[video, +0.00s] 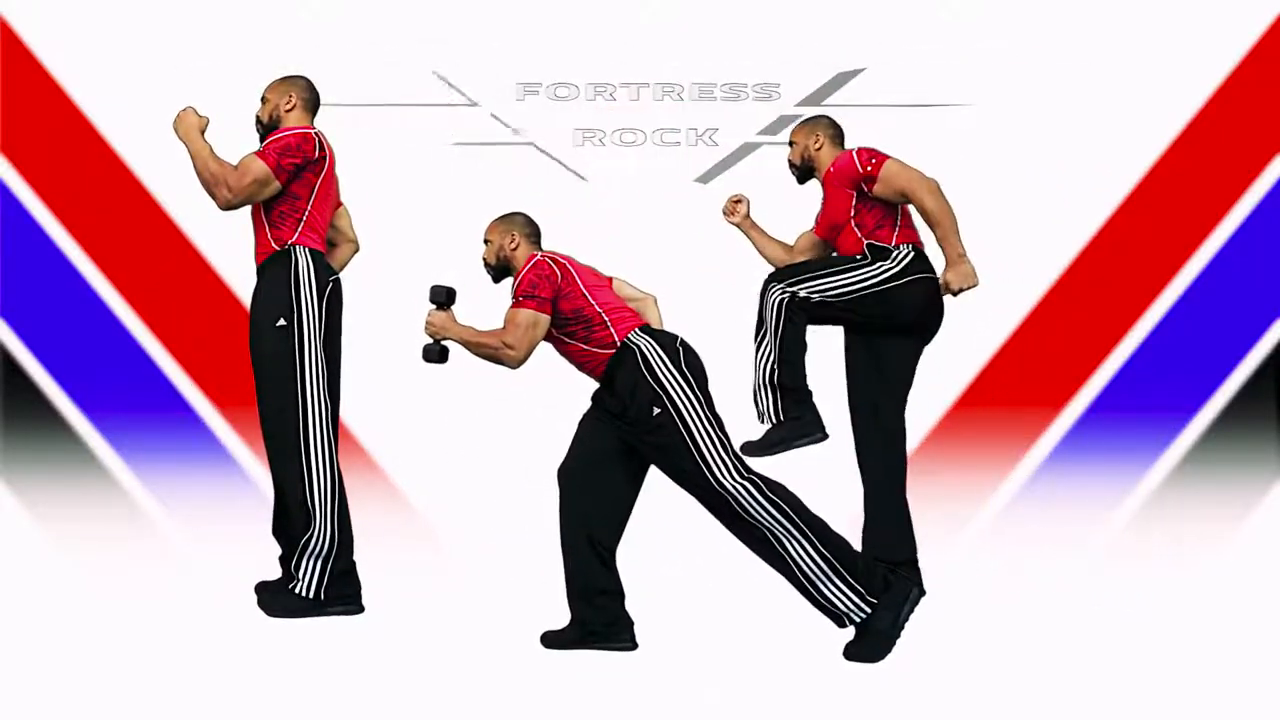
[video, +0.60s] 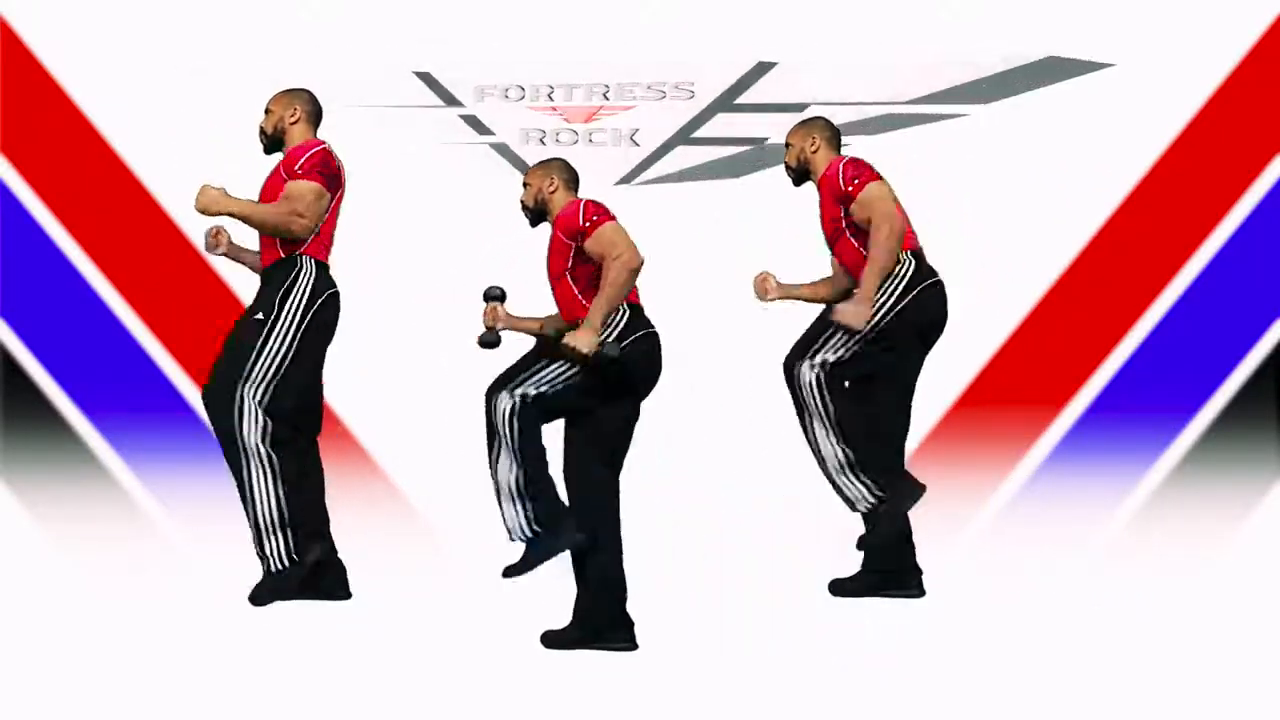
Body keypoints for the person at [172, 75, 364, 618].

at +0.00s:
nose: (257, 111)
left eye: (263, 100)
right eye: (259, 103)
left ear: (287, 101)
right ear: (299, 106)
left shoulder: (299, 141)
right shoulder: (306, 154)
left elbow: (228, 191)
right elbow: (344, 240)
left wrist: (194, 137)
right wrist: (299, 287)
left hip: (296, 285)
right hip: (295, 287)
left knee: (305, 432)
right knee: (295, 432)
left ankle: (322, 582)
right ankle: (310, 575)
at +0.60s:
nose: (261, 120)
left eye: (268, 111)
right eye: (263, 112)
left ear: (292, 114)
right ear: (295, 117)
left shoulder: (313, 153)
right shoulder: (283, 174)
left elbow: (300, 217)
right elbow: (282, 263)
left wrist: (229, 204)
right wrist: (235, 249)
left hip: (298, 287)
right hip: (288, 292)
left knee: (241, 400)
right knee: (291, 426)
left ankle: (285, 562)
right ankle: (318, 566)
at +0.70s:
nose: (262, 120)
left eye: (269, 111)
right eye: (265, 113)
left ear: (294, 113)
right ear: (296, 118)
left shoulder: (314, 152)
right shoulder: (287, 175)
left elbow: (339, 213)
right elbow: (251, 253)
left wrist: (263, 231)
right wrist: (215, 209)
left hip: (301, 284)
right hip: (295, 293)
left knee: (198, 353)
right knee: (288, 436)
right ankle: (314, 571)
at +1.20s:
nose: (261, 126)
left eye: (267, 116)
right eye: (263, 119)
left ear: (293, 118)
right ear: (294, 122)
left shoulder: (319, 154)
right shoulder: (284, 185)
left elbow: (364, 210)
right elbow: (228, 229)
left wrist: (304, 240)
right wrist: (210, 174)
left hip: (307, 277)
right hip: (298, 296)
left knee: (187, 290)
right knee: (290, 437)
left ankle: (194, 426)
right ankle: (316, 571)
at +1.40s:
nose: (262, 126)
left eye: (268, 116)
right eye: (263, 119)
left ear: (295, 117)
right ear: (295, 122)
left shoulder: (321, 156)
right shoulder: (284, 185)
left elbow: (364, 212)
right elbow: (227, 228)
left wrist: (304, 242)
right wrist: (211, 173)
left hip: (307, 277)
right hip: (296, 295)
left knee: (186, 292)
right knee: (289, 438)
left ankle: (195, 427)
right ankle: (317, 571)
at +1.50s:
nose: (262, 126)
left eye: (269, 117)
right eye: (264, 120)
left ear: (295, 117)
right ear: (296, 122)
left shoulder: (321, 156)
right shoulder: (284, 185)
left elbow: (364, 212)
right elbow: (229, 229)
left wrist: (303, 242)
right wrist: (212, 173)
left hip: (306, 278)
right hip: (296, 295)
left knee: (185, 295)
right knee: (288, 438)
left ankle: (195, 429)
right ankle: (317, 572)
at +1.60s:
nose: (263, 127)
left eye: (269, 117)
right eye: (264, 119)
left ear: (296, 118)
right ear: (296, 121)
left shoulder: (320, 156)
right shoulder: (285, 185)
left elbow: (364, 212)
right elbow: (229, 229)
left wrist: (302, 242)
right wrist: (213, 173)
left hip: (305, 279)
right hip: (297, 295)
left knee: (184, 297)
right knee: (288, 440)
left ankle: (195, 431)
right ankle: (316, 572)